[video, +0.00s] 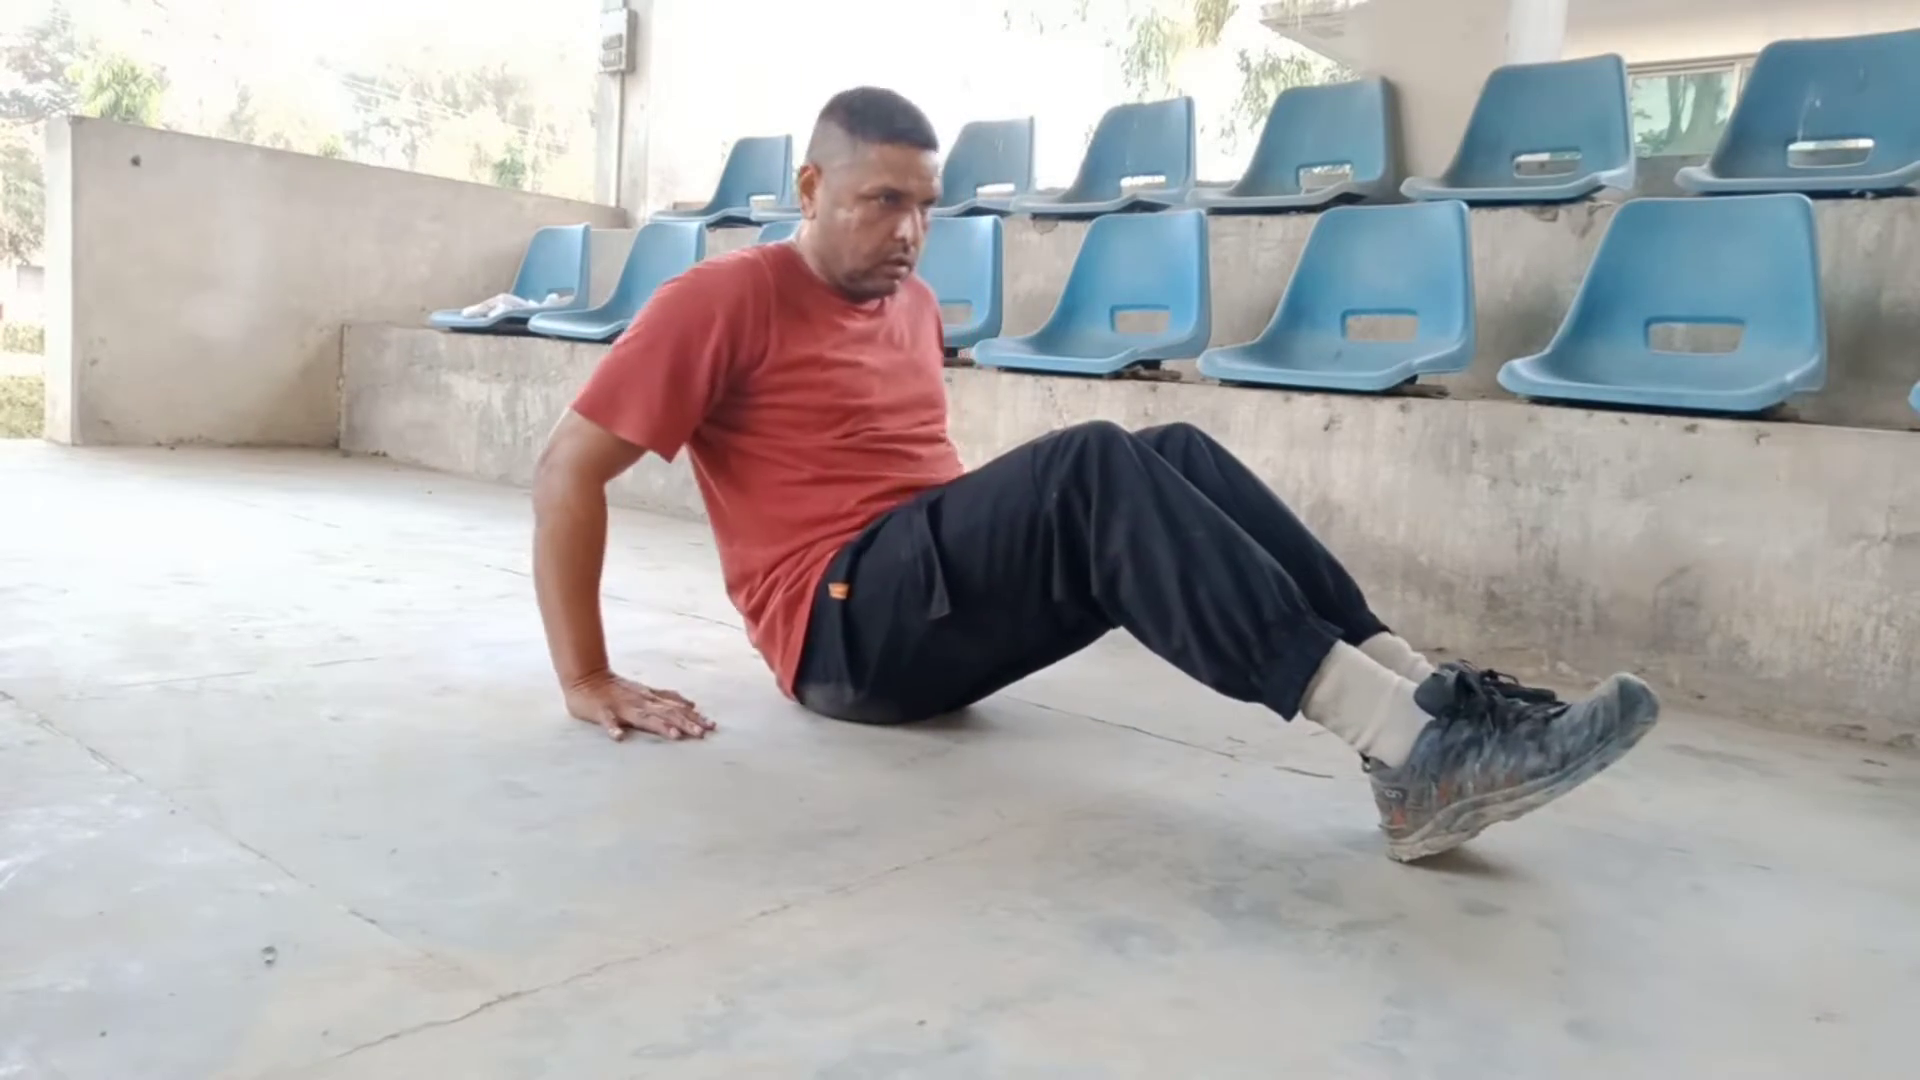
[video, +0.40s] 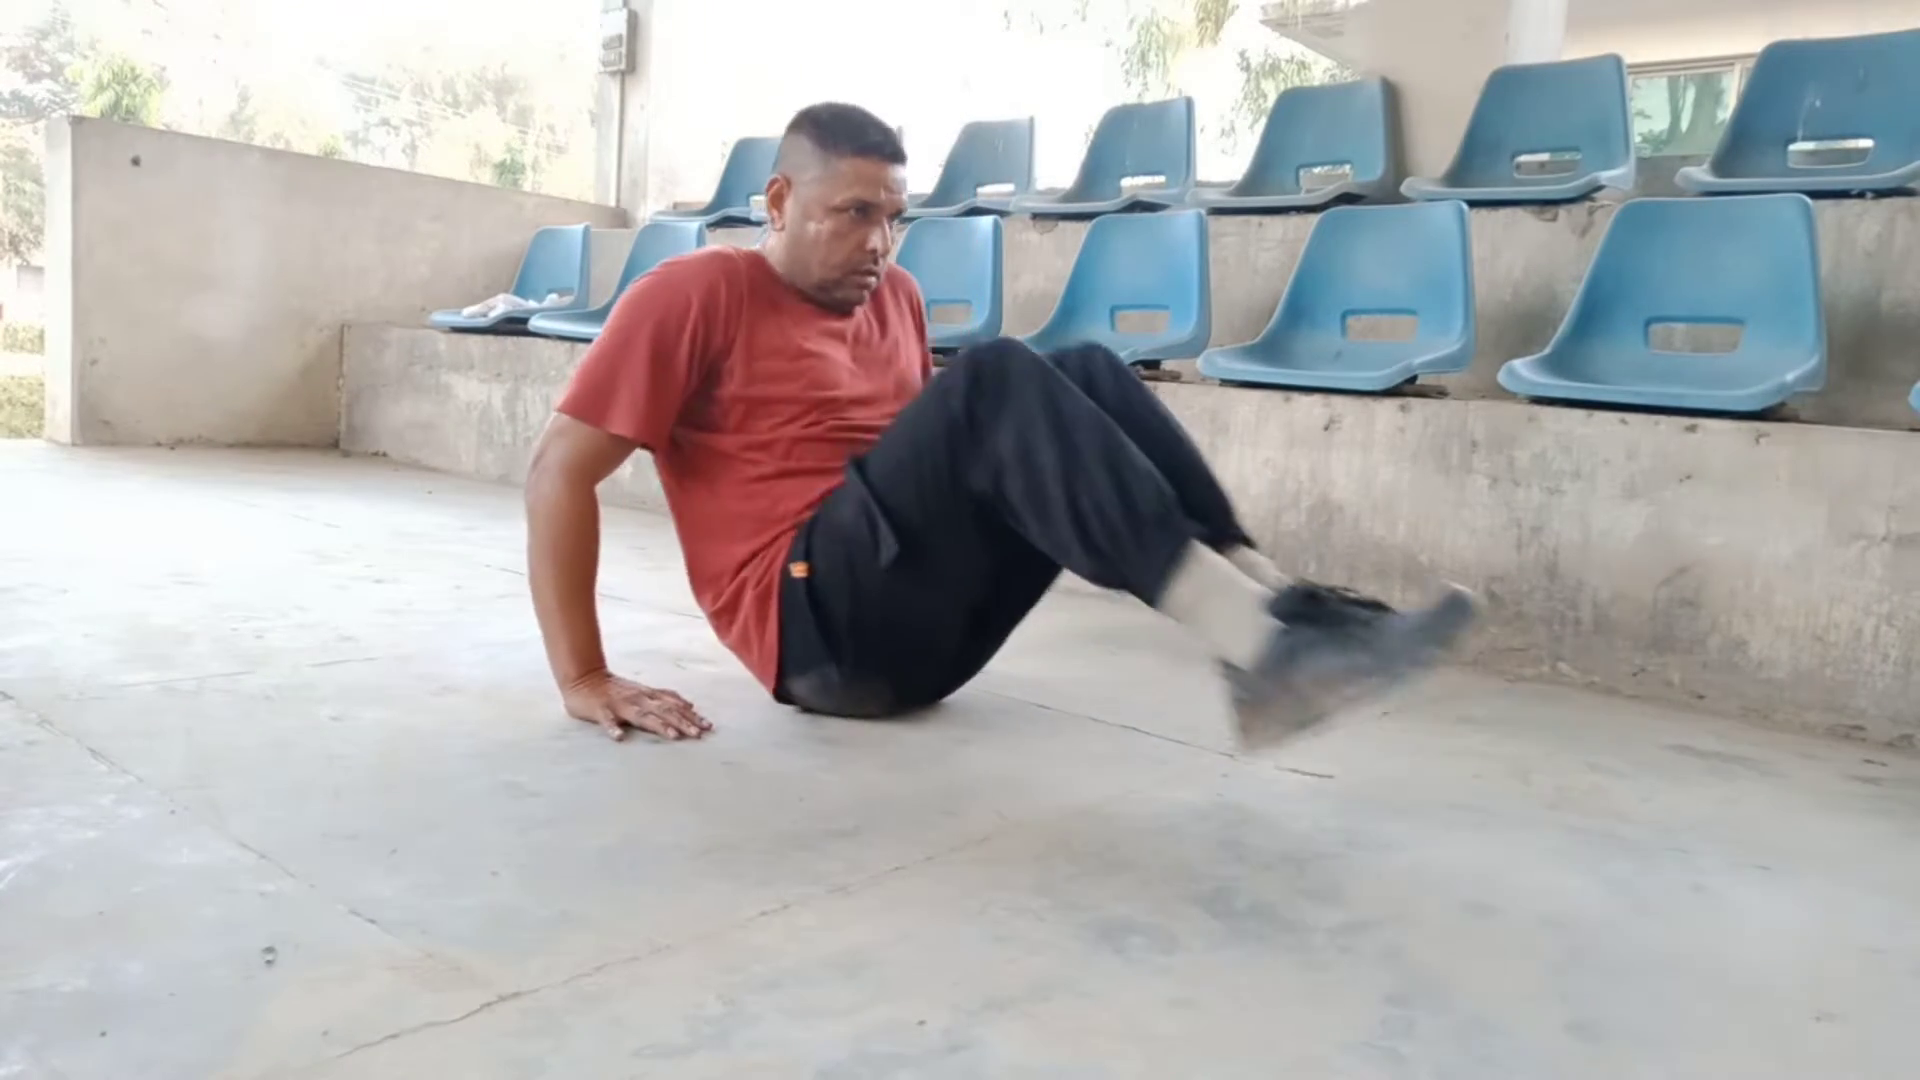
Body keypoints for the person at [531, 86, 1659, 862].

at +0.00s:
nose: (899, 231)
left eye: (917, 208)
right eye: (875, 204)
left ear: (924, 204)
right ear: (805, 189)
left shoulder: (911, 301)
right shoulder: (719, 300)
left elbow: (899, 460)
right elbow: (568, 468)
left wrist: (944, 618)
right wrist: (584, 679)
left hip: (931, 586)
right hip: (836, 609)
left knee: (1178, 453)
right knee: (1103, 469)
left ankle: (1433, 733)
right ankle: (1409, 740)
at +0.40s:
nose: (881, 241)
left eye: (893, 217)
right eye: (856, 214)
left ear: (900, 211)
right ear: (779, 203)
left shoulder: (894, 300)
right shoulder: (694, 297)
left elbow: (902, 450)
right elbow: (560, 471)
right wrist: (582, 678)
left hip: (915, 625)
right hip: (817, 629)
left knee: (1087, 369)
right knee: (996, 377)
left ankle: (1285, 618)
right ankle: (1246, 655)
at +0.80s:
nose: (836, 248)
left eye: (848, 225)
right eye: (812, 223)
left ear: (849, 220)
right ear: (737, 212)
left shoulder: (854, 309)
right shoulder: (662, 312)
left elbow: (887, 458)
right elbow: (524, 481)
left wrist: (929, 571)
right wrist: (578, 679)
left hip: (903, 611)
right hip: (812, 623)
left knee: (1120, 408)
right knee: (1037, 417)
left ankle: (1361, 646)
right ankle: (1328, 659)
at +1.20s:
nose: (796, 252)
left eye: (808, 229)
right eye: (768, 229)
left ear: (818, 230)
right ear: (698, 228)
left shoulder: (820, 316)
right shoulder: (635, 324)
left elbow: (854, 457)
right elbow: (504, 493)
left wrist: (900, 550)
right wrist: (575, 681)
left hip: (903, 571)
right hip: (800, 613)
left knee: (1172, 490)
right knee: (1037, 509)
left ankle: (1504, 589)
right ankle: (1420, 637)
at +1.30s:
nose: (801, 258)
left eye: (813, 236)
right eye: (776, 234)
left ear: (821, 235)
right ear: (706, 226)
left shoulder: (829, 318)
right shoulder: (639, 323)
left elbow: (863, 465)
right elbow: (506, 494)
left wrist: (905, 577)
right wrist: (576, 682)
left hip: (912, 581)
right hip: (790, 626)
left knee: (1179, 493)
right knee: (950, 493)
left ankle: (1544, 553)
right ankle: (1264, 603)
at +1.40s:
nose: (811, 264)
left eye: (823, 240)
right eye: (787, 237)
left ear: (830, 234)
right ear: (715, 223)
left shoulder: (837, 320)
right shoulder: (644, 323)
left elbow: (872, 472)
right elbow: (507, 494)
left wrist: (943, 548)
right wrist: (575, 682)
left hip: (908, 572)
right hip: (787, 609)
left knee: (1170, 518)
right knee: (885, 526)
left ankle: (1517, 548)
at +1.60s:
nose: (813, 264)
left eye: (825, 240)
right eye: (788, 236)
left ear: (832, 229)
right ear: (715, 217)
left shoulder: (834, 316)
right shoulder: (637, 316)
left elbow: (872, 457)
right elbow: (509, 490)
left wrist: (953, 550)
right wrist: (577, 681)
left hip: (907, 590)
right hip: (779, 619)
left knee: (1147, 499)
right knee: (890, 486)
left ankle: (1499, 586)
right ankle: (1129, 653)